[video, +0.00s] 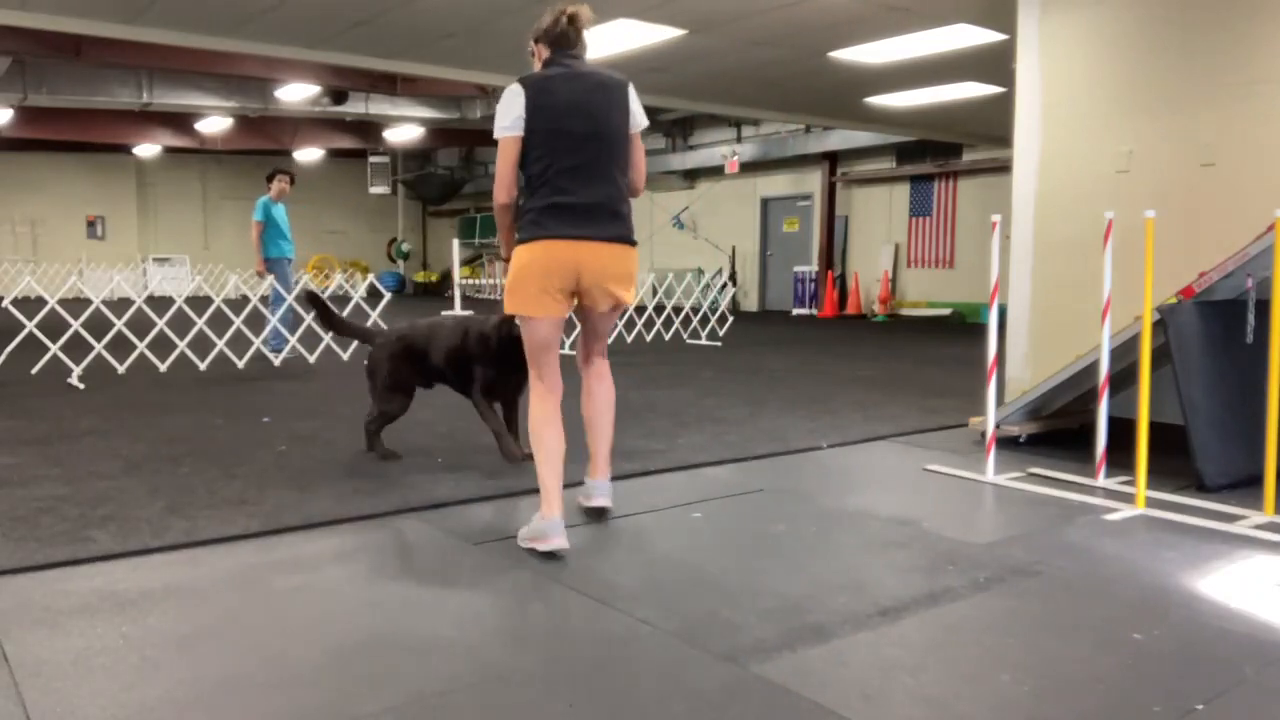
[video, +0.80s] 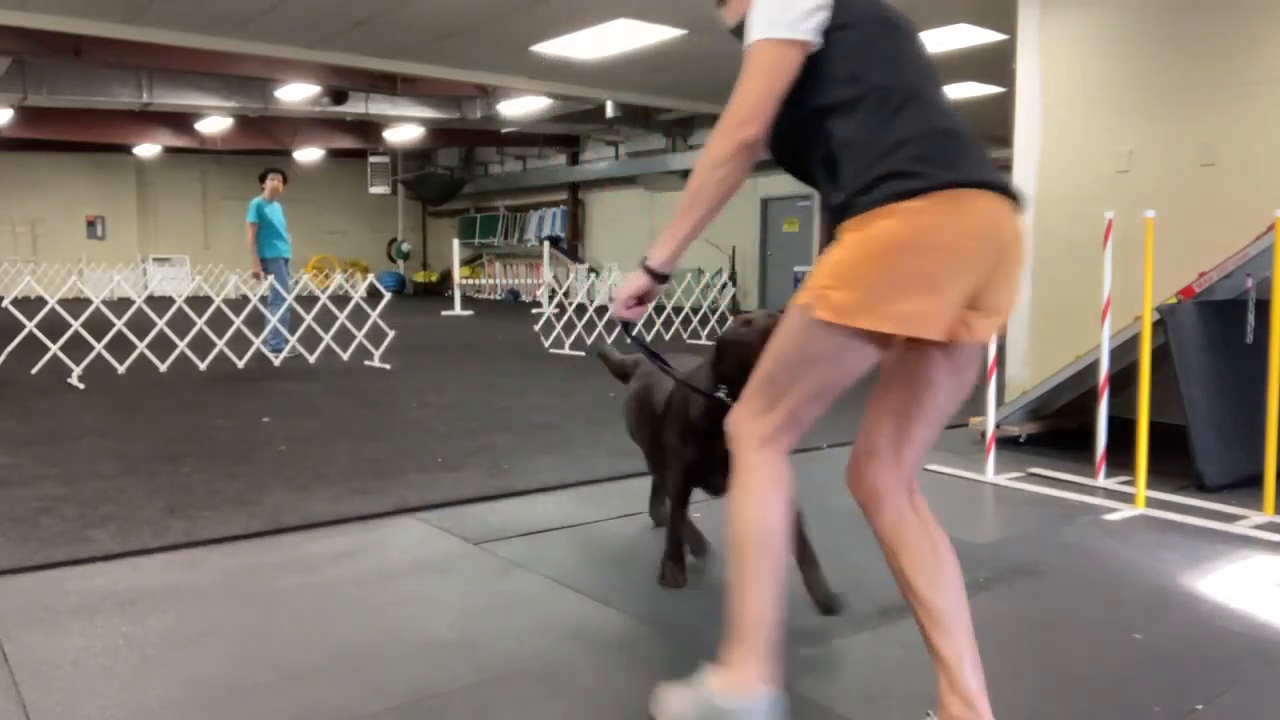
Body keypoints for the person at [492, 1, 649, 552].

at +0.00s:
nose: (531, 59)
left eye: (530, 53)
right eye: (533, 54)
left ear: (540, 51)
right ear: (584, 49)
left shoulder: (520, 94)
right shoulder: (621, 90)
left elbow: (504, 194)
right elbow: (637, 181)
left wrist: (507, 245)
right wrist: (601, 192)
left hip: (542, 250)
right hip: (611, 250)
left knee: (544, 382)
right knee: (595, 360)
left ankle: (550, 518)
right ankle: (599, 482)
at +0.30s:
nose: (578, 20)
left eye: (578, 14)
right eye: (581, 15)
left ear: (586, 14)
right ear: (642, 11)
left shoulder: (580, 60)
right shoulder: (690, 60)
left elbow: (554, 185)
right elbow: (722, 168)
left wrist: (543, 247)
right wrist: (656, 179)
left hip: (620, 240)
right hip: (703, 241)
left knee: (571, 377)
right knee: (651, 406)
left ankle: (594, 529)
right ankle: (672, 573)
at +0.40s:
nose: (595, 10)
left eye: (595, 5)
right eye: (596, 6)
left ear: (608, 4)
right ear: (662, 1)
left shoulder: (593, 44)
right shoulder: (722, 49)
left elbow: (573, 178)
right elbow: (744, 155)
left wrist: (557, 250)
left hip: (651, 227)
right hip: (740, 225)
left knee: (623, 399)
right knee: (681, 393)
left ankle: (647, 544)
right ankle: (679, 576)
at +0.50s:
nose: (616, 14)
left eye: (615, 10)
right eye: (617, 11)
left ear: (629, 4)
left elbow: (589, 181)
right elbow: (770, 143)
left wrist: (564, 268)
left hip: (685, 220)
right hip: (778, 216)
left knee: (678, 426)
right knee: (726, 403)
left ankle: (692, 630)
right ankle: (715, 588)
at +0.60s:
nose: (641, 14)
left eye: (642, 11)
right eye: (642, 12)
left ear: (658, 2)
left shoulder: (664, 25)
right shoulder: (783, 37)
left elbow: (622, 182)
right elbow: (802, 152)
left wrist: (581, 280)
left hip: (734, 237)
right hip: (835, 234)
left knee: (686, 441)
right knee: (764, 420)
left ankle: (692, 656)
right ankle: (833, 592)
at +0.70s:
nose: (679, 15)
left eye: (685, 14)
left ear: (702, 1)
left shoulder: (723, 7)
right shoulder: (820, 24)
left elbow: (677, 150)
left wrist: (615, 267)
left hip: (817, 216)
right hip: (913, 218)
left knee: (714, 434)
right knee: (830, 454)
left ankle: (684, 655)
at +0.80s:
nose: (726, 17)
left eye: (729, 8)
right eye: (725, 14)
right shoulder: (865, 23)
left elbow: (743, 137)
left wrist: (656, 265)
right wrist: (821, 302)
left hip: (910, 220)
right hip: (996, 223)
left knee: (759, 427)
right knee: (884, 475)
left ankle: (746, 678)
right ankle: (968, 704)